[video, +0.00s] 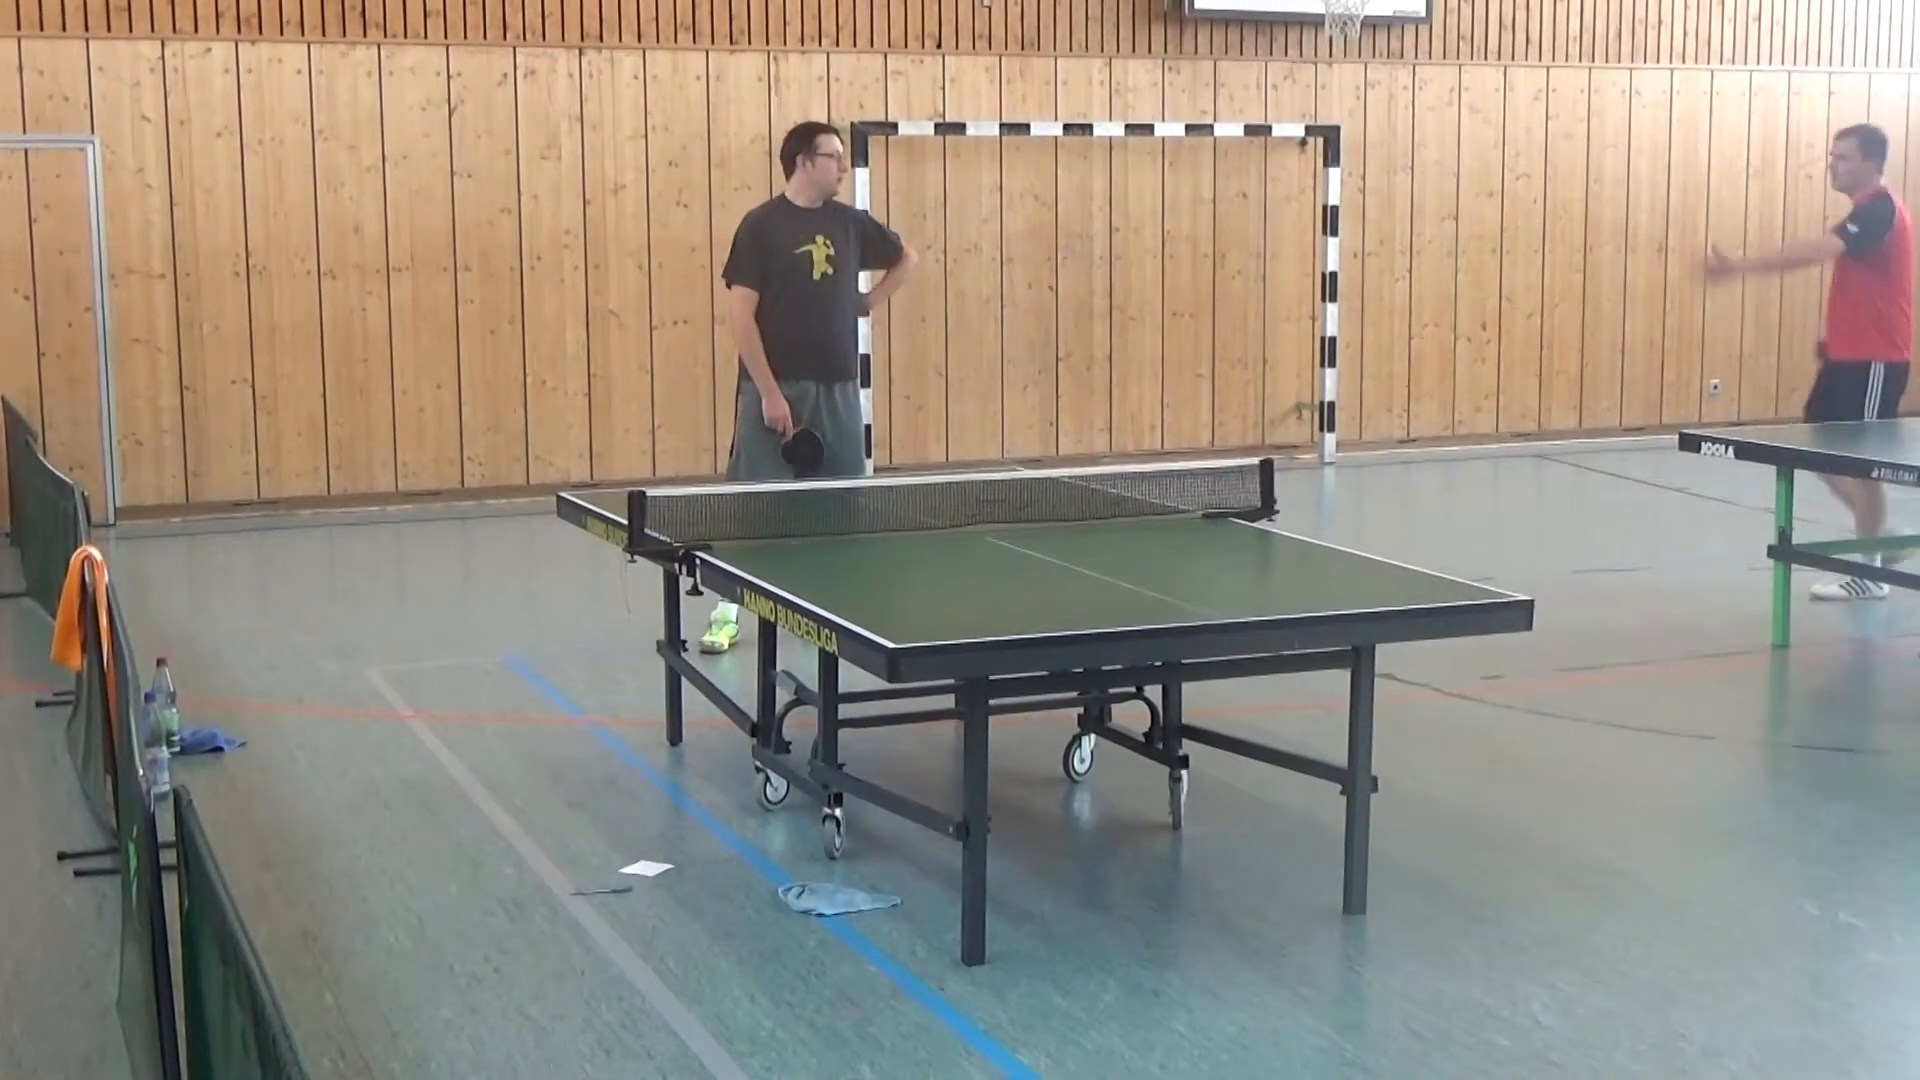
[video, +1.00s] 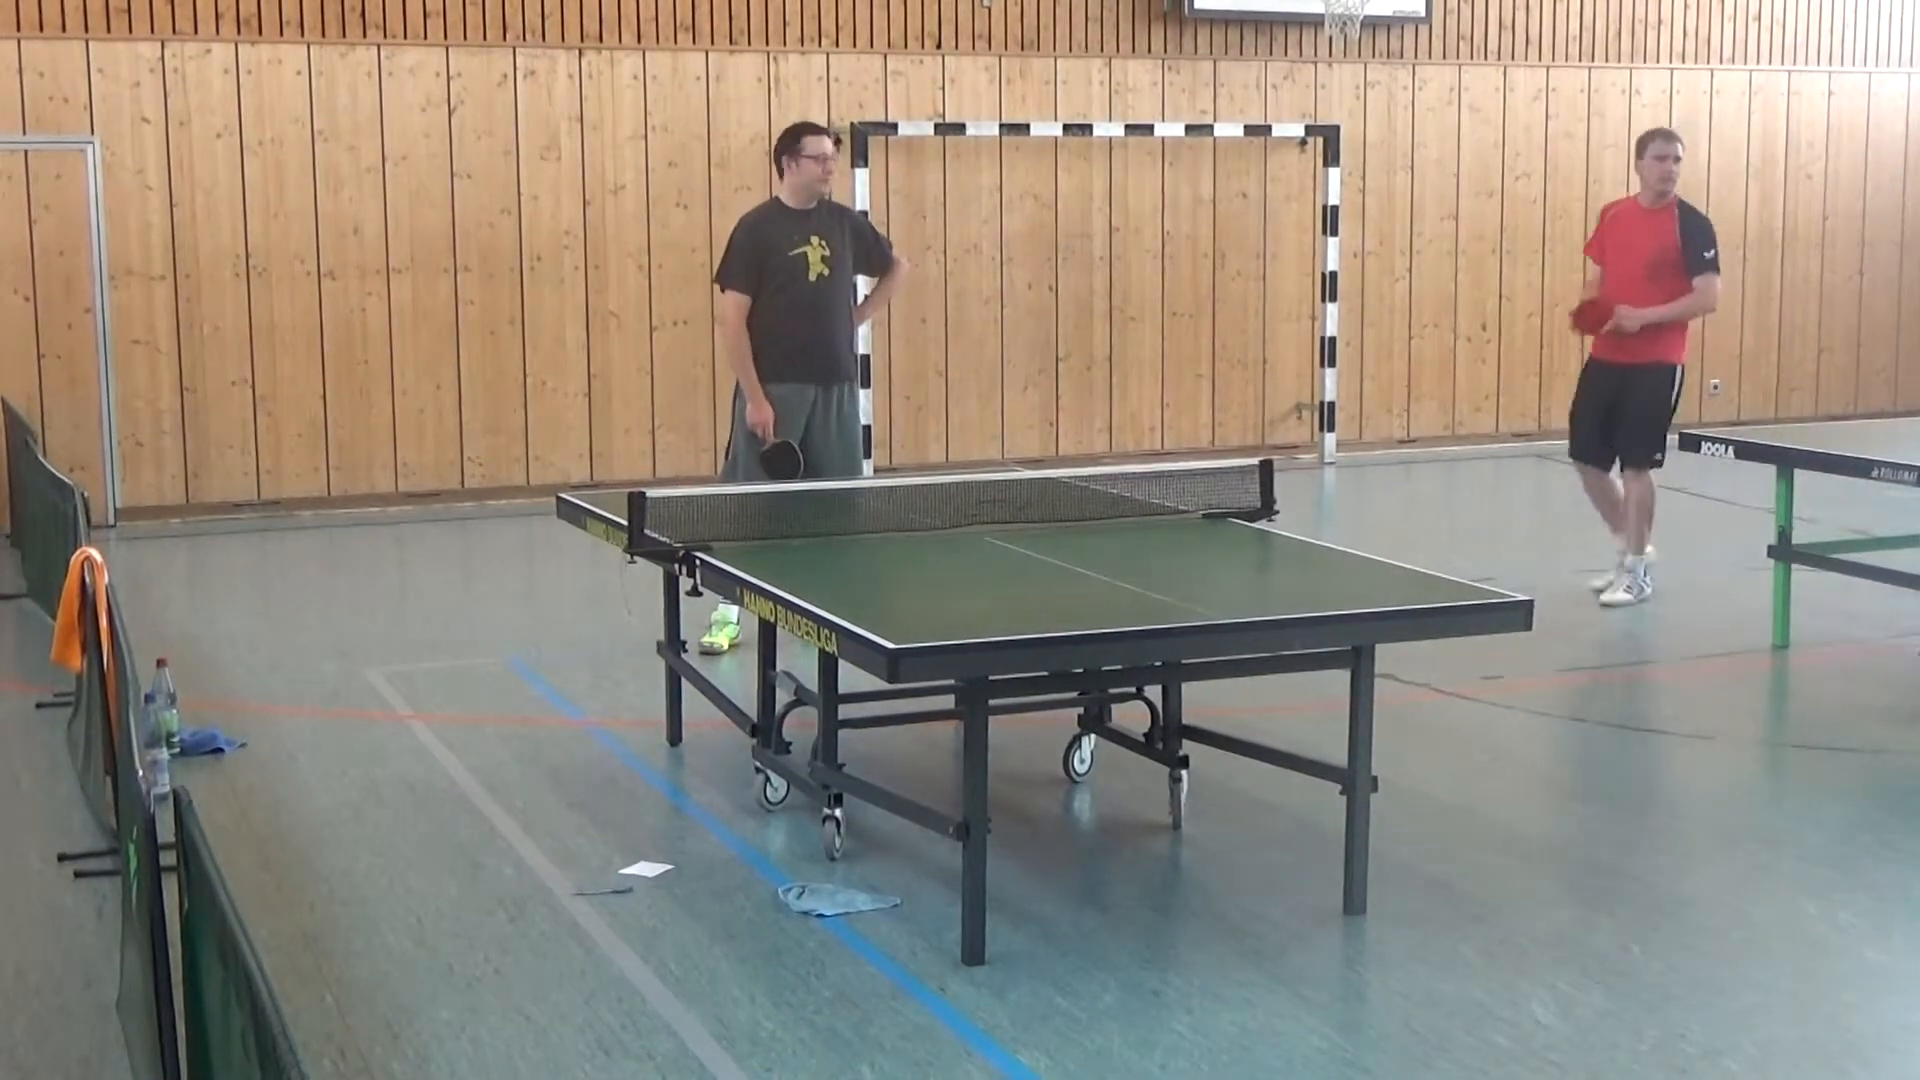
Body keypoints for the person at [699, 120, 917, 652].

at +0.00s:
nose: (843, 167)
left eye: (843, 158)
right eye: (833, 158)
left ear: (830, 166)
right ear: (801, 164)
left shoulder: (850, 222)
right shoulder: (759, 226)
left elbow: (905, 258)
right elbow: (739, 316)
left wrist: (870, 302)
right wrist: (769, 392)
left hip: (837, 389)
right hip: (771, 391)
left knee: (847, 508)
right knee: (751, 506)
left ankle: (845, 614)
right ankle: (728, 608)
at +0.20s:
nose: (841, 166)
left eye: (840, 158)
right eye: (830, 157)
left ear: (828, 167)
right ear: (798, 164)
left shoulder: (848, 224)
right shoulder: (759, 226)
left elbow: (893, 269)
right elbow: (741, 319)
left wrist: (859, 314)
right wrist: (770, 393)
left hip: (840, 388)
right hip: (776, 388)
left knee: (848, 506)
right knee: (754, 504)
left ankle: (848, 613)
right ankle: (729, 608)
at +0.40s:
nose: (838, 166)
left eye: (838, 157)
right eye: (828, 157)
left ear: (828, 166)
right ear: (796, 164)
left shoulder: (847, 222)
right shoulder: (759, 226)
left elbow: (889, 268)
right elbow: (739, 317)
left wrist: (857, 314)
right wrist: (767, 394)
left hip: (839, 387)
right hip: (777, 388)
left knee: (848, 504)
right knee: (755, 503)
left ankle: (847, 611)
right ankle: (730, 606)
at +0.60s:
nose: (838, 167)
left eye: (838, 158)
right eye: (828, 158)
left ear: (824, 166)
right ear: (795, 164)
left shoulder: (846, 222)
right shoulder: (757, 226)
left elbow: (889, 269)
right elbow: (735, 317)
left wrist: (857, 315)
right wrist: (759, 396)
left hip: (838, 388)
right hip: (776, 389)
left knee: (844, 507)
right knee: (750, 503)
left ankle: (844, 614)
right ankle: (729, 607)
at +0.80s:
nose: (834, 167)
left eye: (835, 158)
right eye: (824, 158)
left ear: (830, 166)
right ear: (792, 164)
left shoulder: (846, 223)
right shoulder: (755, 227)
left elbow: (890, 268)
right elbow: (732, 319)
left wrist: (858, 316)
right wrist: (755, 395)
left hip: (837, 390)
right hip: (773, 391)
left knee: (843, 509)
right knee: (748, 505)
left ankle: (841, 615)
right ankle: (727, 609)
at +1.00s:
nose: (829, 167)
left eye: (831, 159)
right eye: (817, 159)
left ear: (834, 165)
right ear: (787, 164)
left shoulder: (846, 223)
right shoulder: (754, 228)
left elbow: (896, 268)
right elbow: (731, 319)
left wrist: (857, 317)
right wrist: (754, 397)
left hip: (837, 391)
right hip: (771, 392)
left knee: (843, 509)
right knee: (746, 505)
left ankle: (843, 614)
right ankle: (728, 609)